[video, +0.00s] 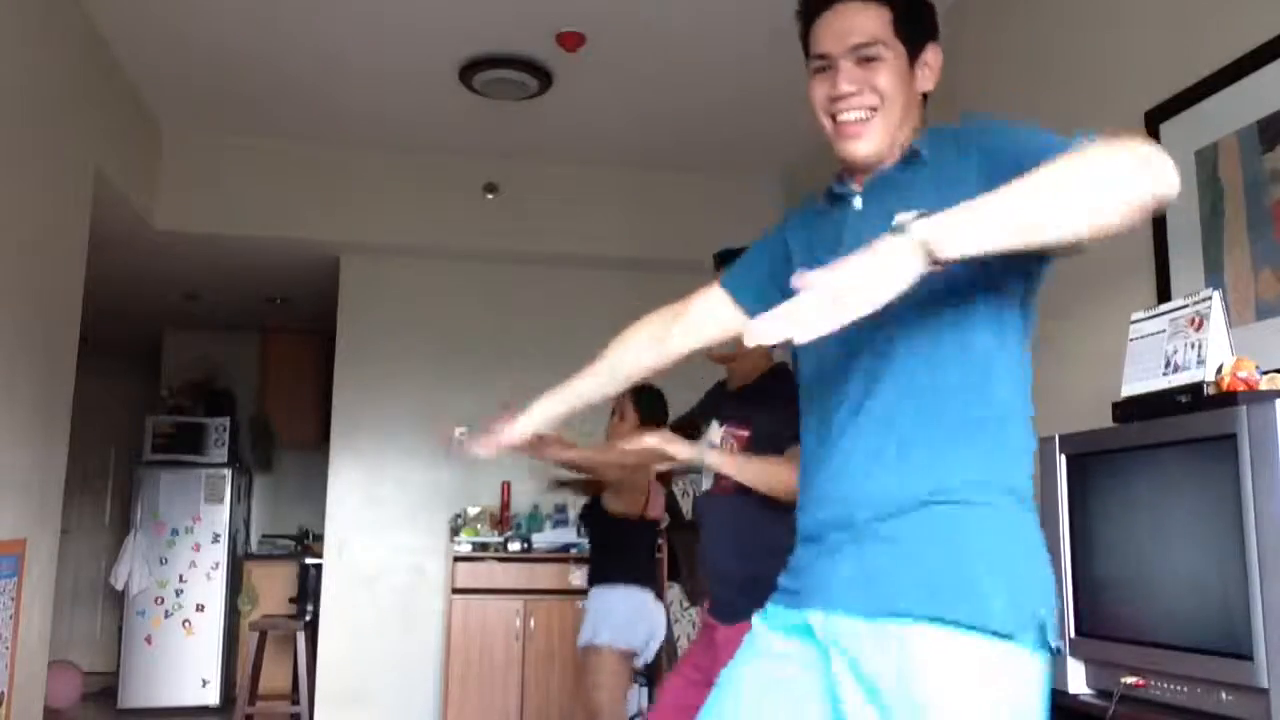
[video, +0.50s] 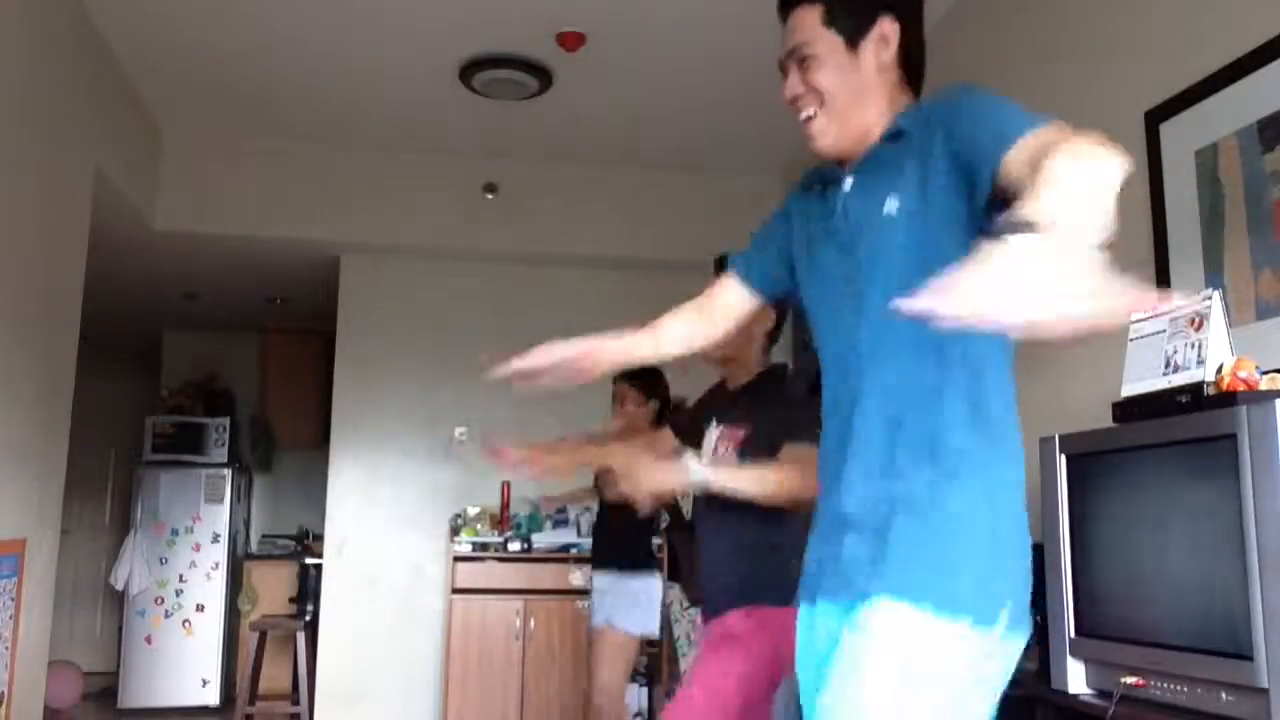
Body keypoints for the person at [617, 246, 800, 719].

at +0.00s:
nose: (715, 324)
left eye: (730, 308)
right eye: (713, 310)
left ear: (763, 318)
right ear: (706, 322)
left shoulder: (794, 391)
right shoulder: (721, 396)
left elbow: (800, 481)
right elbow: (664, 449)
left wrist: (699, 454)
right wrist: (573, 455)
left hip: (772, 622)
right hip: (716, 619)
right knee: (665, 711)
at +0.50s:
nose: (719, 325)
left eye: (735, 312)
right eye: (719, 310)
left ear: (768, 320)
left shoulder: (790, 391)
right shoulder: (716, 400)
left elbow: (802, 480)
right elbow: (656, 445)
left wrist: (689, 473)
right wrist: (565, 454)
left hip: (768, 606)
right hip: (717, 604)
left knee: (690, 708)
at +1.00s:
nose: (705, 300)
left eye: (717, 287)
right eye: (706, 287)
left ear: (762, 298)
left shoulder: (794, 371)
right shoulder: (711, 375)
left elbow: (824, 441)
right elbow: (657, 431)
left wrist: (738, 394)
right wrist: (568, 424)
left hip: (773, 617)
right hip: (707, 613)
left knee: (767, 713)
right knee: (665, 711)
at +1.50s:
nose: (696, 287)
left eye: (711, 272)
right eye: (698, 273)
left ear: (755, 285)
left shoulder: (786, 357)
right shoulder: (701, 371)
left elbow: (783, 441)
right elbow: (668, 467)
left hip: (772, 582)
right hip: (704, 580)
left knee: (754, 712)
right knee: (681, 711)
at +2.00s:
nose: (706, 312)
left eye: (719, 299)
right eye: (706, 299)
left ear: (763, 312)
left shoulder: (781, 376)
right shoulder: (718, 376)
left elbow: (781, 409)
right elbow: (667, 399)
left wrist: (763, 399)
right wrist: (680, 424)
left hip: (735, 588)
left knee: (697, 709)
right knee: (737, 710)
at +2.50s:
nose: (719, 330)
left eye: (733, 315)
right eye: (719, 316)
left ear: (778, 327)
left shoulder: (811, 399)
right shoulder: (732, 410)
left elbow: (774, 419)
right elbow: (661, 443)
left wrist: (678, 412)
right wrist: (601, 449)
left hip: (781, 641)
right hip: (707, 629)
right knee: (649, 712)